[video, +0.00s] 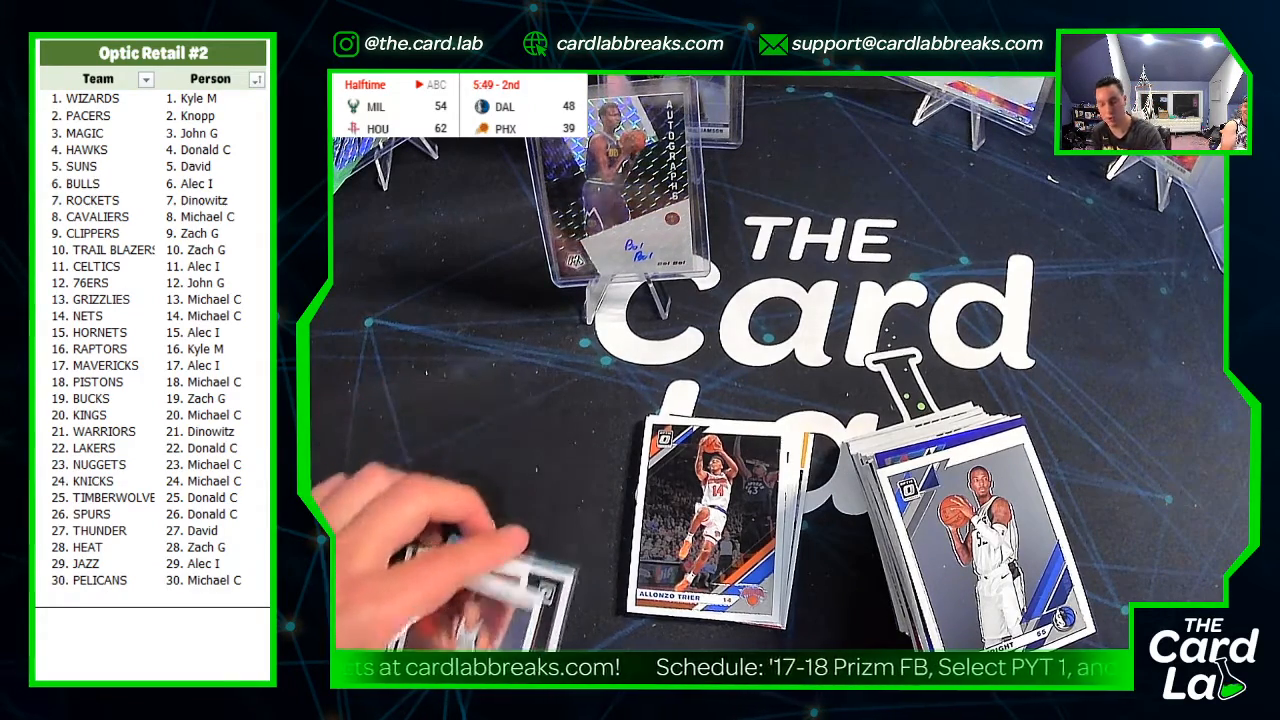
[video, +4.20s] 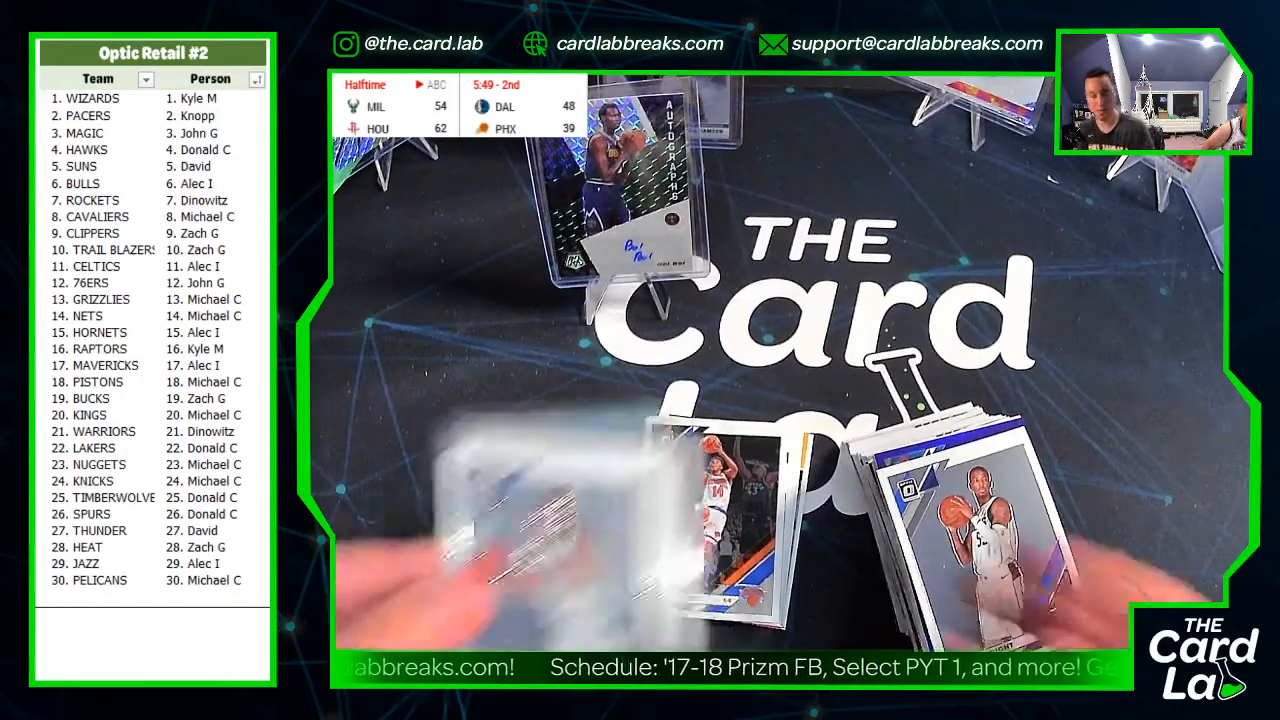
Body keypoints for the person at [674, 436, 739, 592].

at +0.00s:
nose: (714, 463)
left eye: (717, 461)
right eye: (713, 461)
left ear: (721, 465)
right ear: (710, 465)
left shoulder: (727, 476)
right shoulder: (706, 476)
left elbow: (734, 468)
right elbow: (698, 470)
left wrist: (722, 452)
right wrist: (700, 451)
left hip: (721, 512)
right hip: (706, 507)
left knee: (707, 550)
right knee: (704, 512)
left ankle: (688, 578)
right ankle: (688, 540)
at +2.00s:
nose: (715, 463)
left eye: (717, 462)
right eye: (713, 461)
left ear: (721, 465)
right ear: (709, 465)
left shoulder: (727, 476)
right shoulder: (706, 477)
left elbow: (734, 469)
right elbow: (698, 470)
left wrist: (721, 452)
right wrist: (700, 450)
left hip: (720, 513)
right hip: (706, 507)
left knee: (707, 549)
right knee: (704, 511)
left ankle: (688, 578)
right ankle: (688, 540)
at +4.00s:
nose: (714, 464)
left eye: (717, 462)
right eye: (712, 461)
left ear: (721, 466)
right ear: (709, 465)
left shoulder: (727, 476)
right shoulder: (705, 477)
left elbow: (734, 469)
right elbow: (698, 471)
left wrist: (721, 452)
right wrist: (700, 450)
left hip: (720, 513)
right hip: (705, 507)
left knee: (707, 550)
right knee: (705, 512)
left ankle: (688, 580)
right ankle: (688, 540)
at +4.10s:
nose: (714, 464)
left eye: (717, 462)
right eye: (713, 462)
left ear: (721, 465)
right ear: (709, 465)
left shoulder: (727, 476)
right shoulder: (705, 477)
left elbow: (734, 469)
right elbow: (698, 471)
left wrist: (722, 452)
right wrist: (700, 451)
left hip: (720, 513)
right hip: (706, 507)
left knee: (707, 550)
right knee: (705, 512)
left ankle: (688, 580)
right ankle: (688, 540)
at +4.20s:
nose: (714, 464)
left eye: (717, 462)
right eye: (712, 462)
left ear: (721, 465)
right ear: (709, 464)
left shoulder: (726, 476)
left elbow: (734, 468)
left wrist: (722, 453)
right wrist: (700, 449)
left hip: (719, 510)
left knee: (708, 544)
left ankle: (708, 576)